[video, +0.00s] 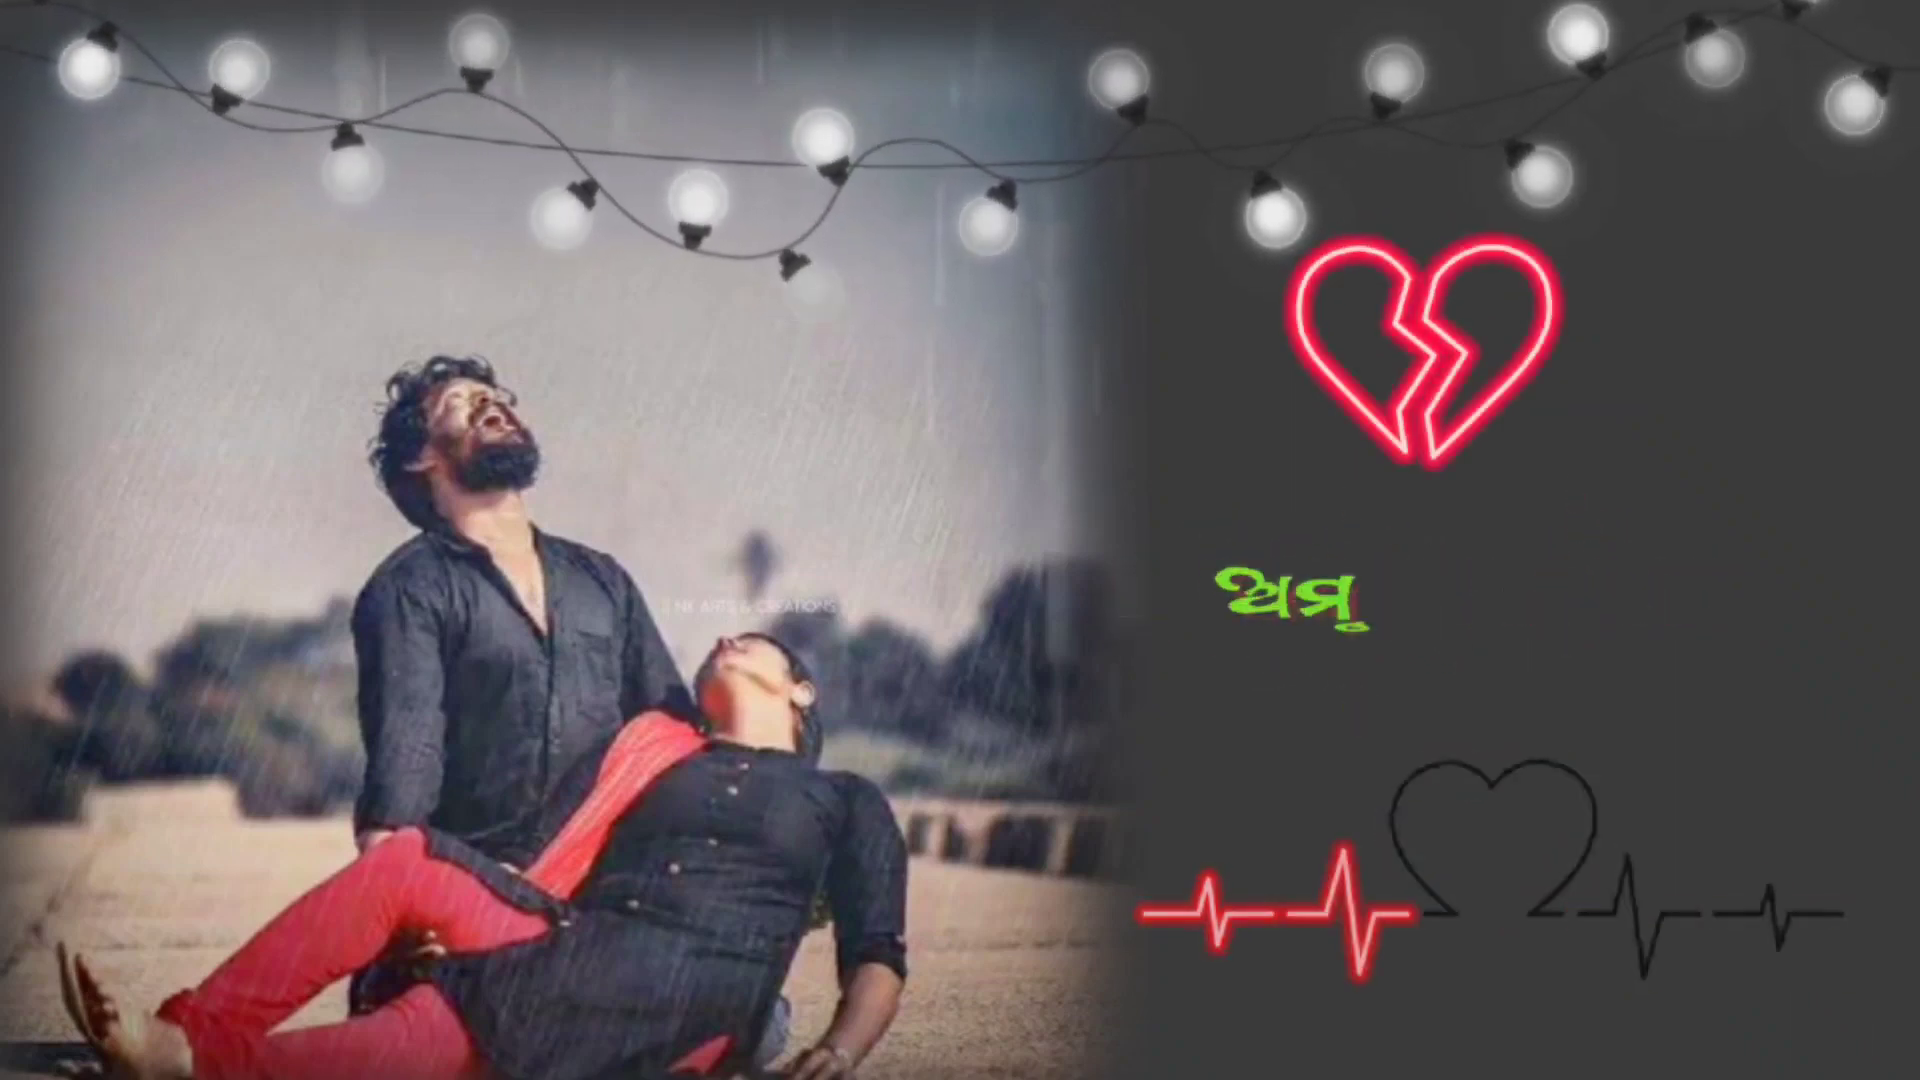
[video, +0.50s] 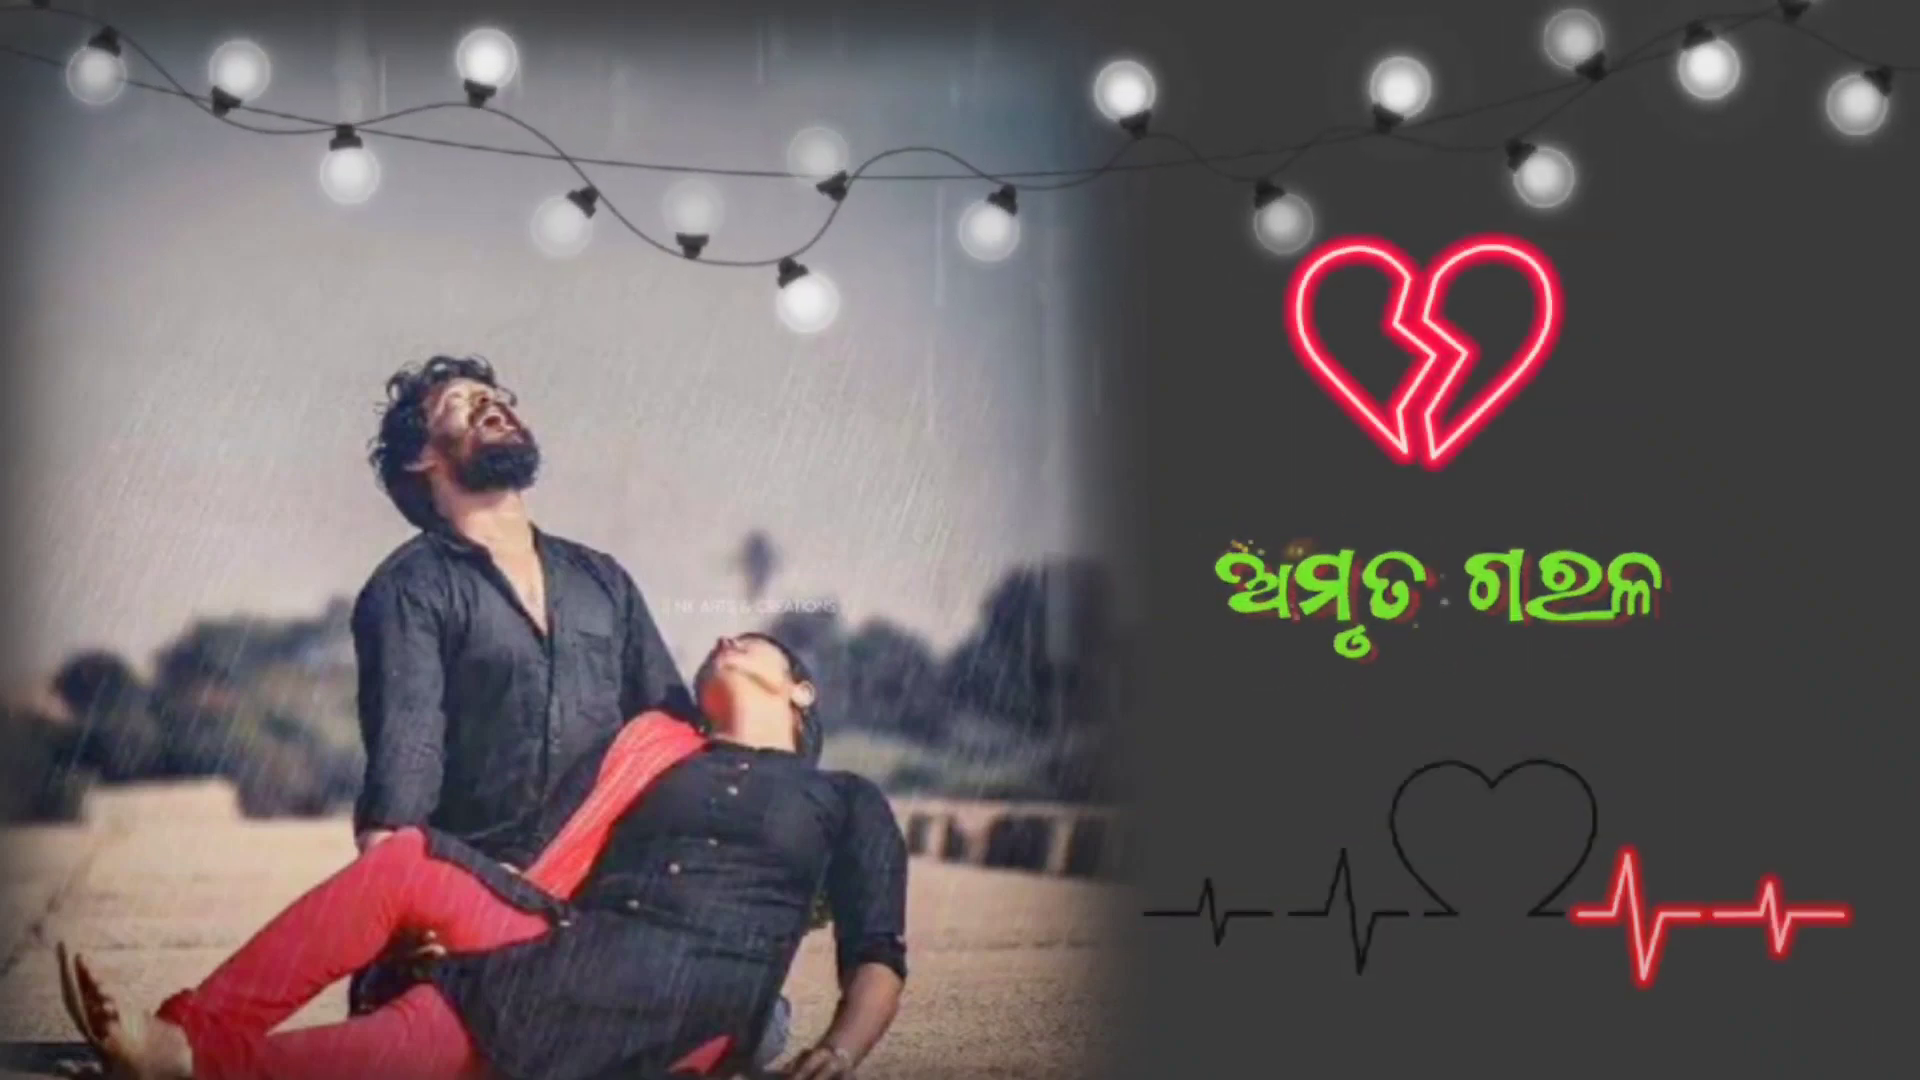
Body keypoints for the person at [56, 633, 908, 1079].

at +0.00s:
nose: (721, 660)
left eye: (749, 656)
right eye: (717, 659)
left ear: (799, 699)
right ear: (709, 698)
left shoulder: (844, 798)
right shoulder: (662, 755)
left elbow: (879, 967)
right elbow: (574, 892)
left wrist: (836, 1063)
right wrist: (455, 949)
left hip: (693, 982)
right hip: (587, 945)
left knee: (451, 1028)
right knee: (400, 859)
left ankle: (188, 1058)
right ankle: (178, 1041)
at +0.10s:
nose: (721, 660)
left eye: (749, 656)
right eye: (716, 659)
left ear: (799, 699)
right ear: (709, 698)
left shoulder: (844, 798)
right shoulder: (662, 755)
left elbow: (879, 967)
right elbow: (574, 891)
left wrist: (836, 1063)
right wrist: (455, 949)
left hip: (693, 982)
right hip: (587, 945)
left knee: (451, 1027)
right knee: (400, 859)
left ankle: (187, 1058)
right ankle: (178, 1041)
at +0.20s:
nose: (721, 660)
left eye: (749, 656)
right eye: (716, 659)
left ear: (799, 699)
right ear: (709, 698)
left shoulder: (844, 798)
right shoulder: (662, 755)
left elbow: (879, 967)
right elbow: (574, 892)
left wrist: (836, 1063)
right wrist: (455, 949)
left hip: (693, 982)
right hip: (587, 945)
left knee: (452, 1027)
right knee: (400, 859)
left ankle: (188, 1058)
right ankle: (178, 1040)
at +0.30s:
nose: (721, 660)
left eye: (749, 656)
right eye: (716, 659)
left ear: (799, 699)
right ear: (709, 698)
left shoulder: (844, 798)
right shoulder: (662, 755)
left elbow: (879, 967)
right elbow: (574, 892)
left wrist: (835, 1063)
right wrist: (455, 949)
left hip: (693, 982)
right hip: (587, 945)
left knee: (452, 1028)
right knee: (400, 859)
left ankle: (188, 1058)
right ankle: (178, 1041)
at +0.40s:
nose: (721, 660)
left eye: (749, 656)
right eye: (717, 659)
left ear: (799, 699)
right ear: (709, 698)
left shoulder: (844, 798)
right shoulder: (662, 755)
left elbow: (879, 967)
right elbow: (574, 892)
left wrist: (836, 1063)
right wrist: (455, 949)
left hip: (693, 982)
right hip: (587, 945)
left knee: (451, 1027)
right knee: (400, 859)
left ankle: (188, 1058)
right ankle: (177, 1040)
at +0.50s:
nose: (722, 660)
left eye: (749, 656)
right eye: (717, 659)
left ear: (799, 699)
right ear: (709, 698)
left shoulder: (844, 798)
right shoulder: (662, 755)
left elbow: (879, 967)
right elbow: (574, 892)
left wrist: (835, 1063)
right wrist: (455, 949)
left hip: (693, 982)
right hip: (587, 945)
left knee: (451, 1028)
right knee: (400, 859)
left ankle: (188, 1058)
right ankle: (178, 1041)